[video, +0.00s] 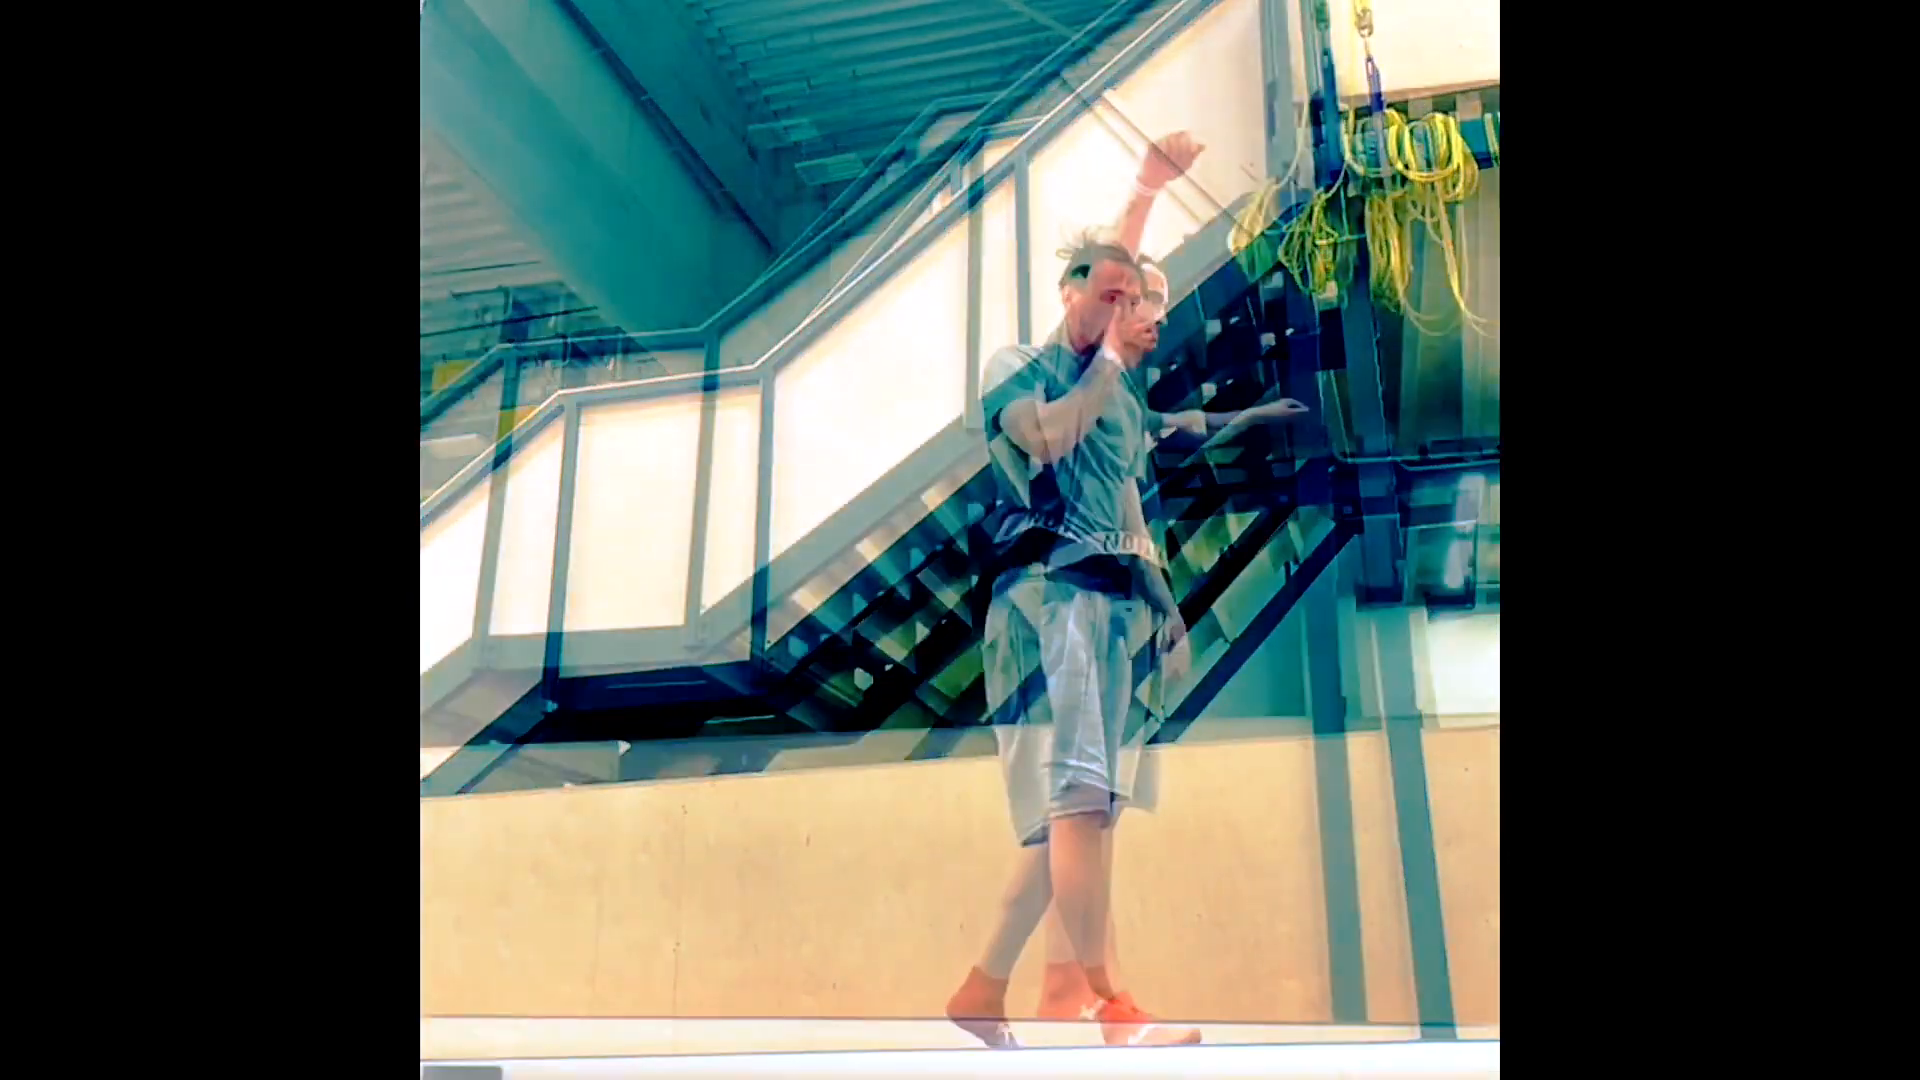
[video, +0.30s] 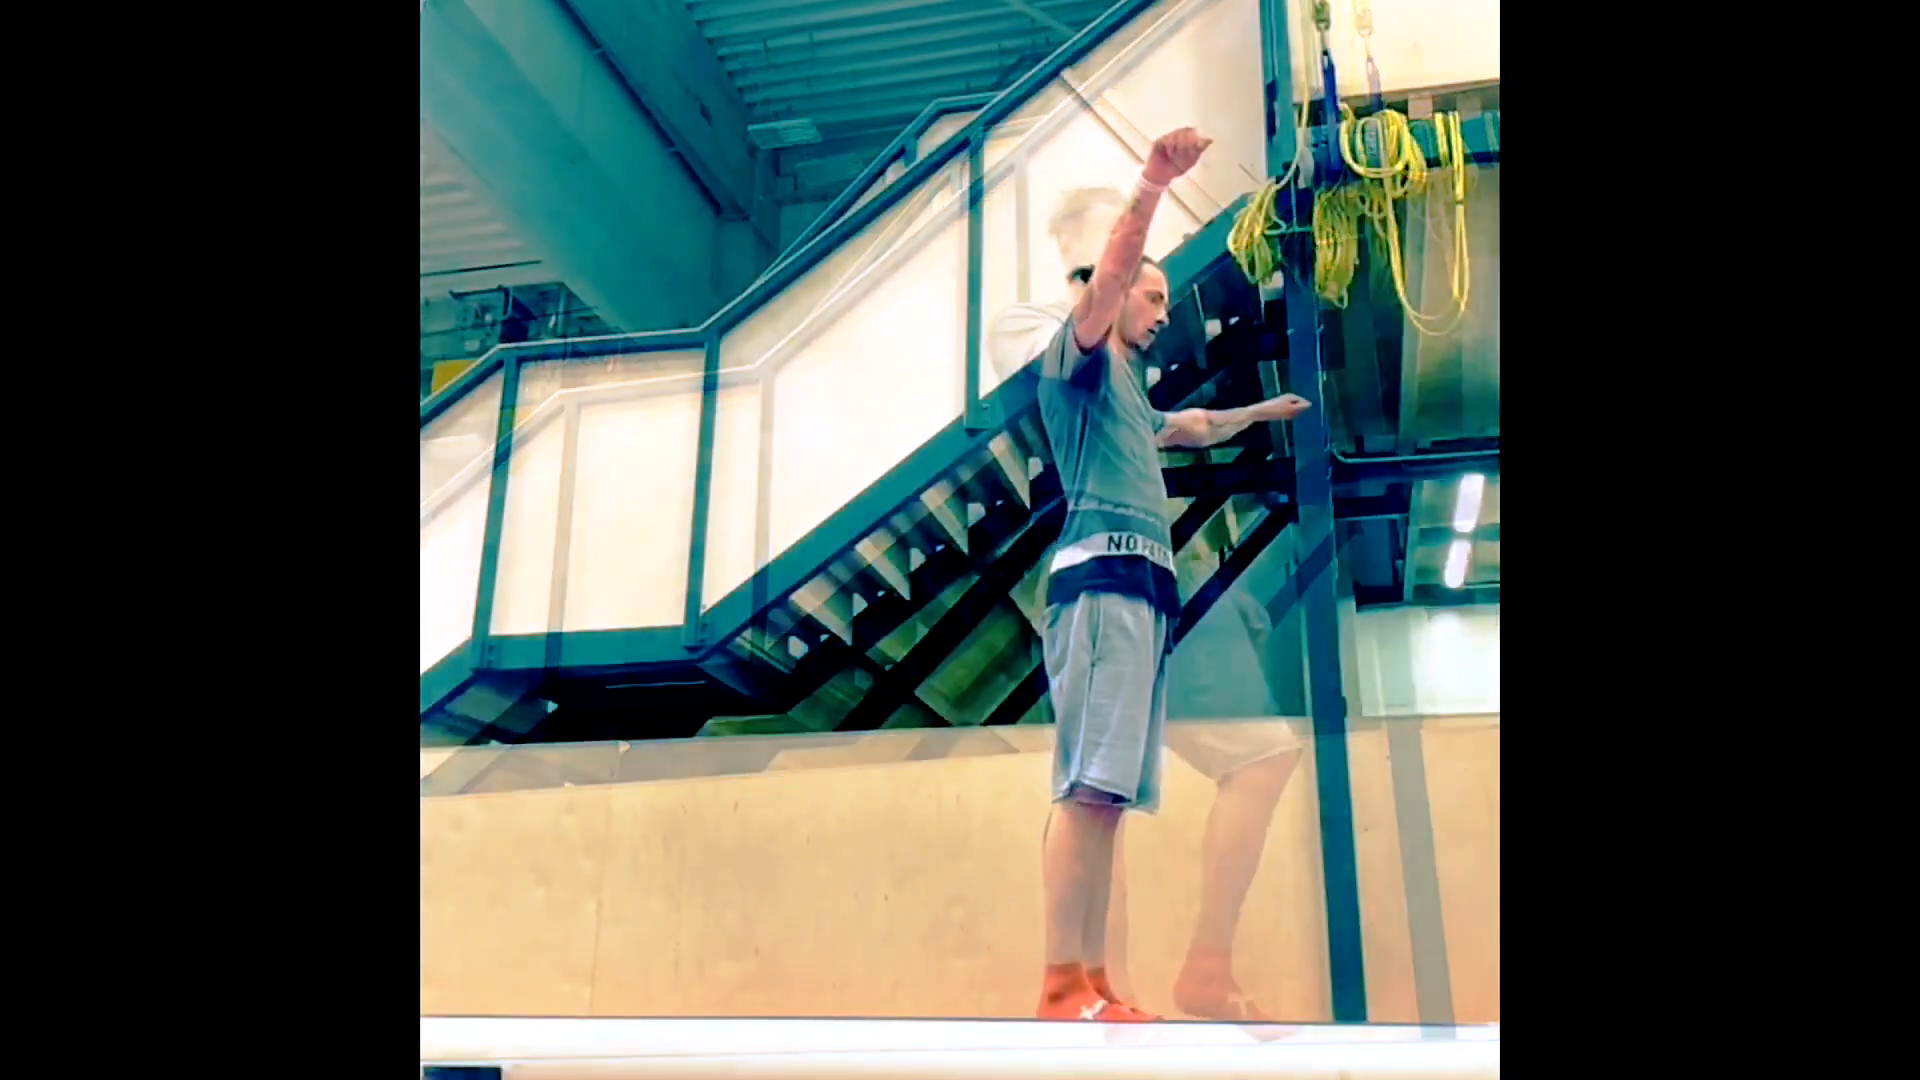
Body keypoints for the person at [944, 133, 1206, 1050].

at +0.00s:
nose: (1126, 312)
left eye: (1132, 302)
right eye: (1114, 294)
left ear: (1129, 312)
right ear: (1074, 293)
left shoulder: (1114, 384)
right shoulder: (1017, 372)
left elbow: (1124, 282)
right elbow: (1046, 438)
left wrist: (1150, 186)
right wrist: (1109, 361)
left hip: (1108, 605)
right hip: (1055, 601)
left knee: (1077, 810)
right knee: (1084, 794)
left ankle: (981, 989)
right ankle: (1087, 988)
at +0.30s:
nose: (1160, 310)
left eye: (1163, 301)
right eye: (1150, 295)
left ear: (1155, 315)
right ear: (1106, 292)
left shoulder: (1130, 389)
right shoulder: (1076, 361)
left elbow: (1192, 427)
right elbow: (1115, 274)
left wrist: (1263, 409)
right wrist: (1153, 183)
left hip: (1138, 589)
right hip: (1099, 583)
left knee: (1108, 795)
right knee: (1088, 790)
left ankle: (1092, 987)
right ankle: (1062, 989)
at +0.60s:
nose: (1169, 302)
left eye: (1170, 294)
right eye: (1158, 290)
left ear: (1156, 316)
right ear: (1116, 294)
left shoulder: (1142, 393)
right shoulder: (1088, 361)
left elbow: (1204, 415)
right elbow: (1127, 274)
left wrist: (1265, 394)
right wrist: (1163, 169)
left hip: (1150, 593)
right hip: (1113, 587)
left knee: (1117, 790)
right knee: (1100, 786)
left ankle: (1092, 987)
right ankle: (1070, 990)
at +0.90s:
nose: (1167, 280)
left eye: (1166, 270)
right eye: (1153, 265)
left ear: (1152, 287)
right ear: (1115, 269)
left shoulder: (1142, 364)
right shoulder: (1091, 329)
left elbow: (1218, 357)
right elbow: (1161, 221)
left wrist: (1282, 319)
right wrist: (1210, 113)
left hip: (1155, 562)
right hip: (1120, 554)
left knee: (1130, 765)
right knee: (1111, 758)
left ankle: (1118, 961)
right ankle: (1085, 957)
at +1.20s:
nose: (1165, 275)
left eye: (1164, 265)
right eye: (1152, 260)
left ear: (1147, 284)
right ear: (1115, 264)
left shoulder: (1139, 358)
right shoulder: (1096, 319)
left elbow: (1219, 341)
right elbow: (1166, 216)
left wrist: (1285, 292)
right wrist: (1223, 102)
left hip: (1150, 556)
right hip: (1121, 549)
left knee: (1126, 760)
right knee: (1114, 756)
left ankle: (1117, 962)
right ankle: (1090, 959)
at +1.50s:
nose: (1164, 278)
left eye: (1166, 268)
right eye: (1153, 262)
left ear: (1148, 286)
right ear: (1118, 266)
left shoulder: (1137, 361)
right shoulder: (1097, 319)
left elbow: (1213, 345)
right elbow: (1165, 209)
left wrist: (1273, 299)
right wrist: (1215, 99)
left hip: (1149, 559)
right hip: (1120, 552)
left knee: (1127, 766)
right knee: (1112, 762)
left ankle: (1115, 964)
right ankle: (1086, 962)